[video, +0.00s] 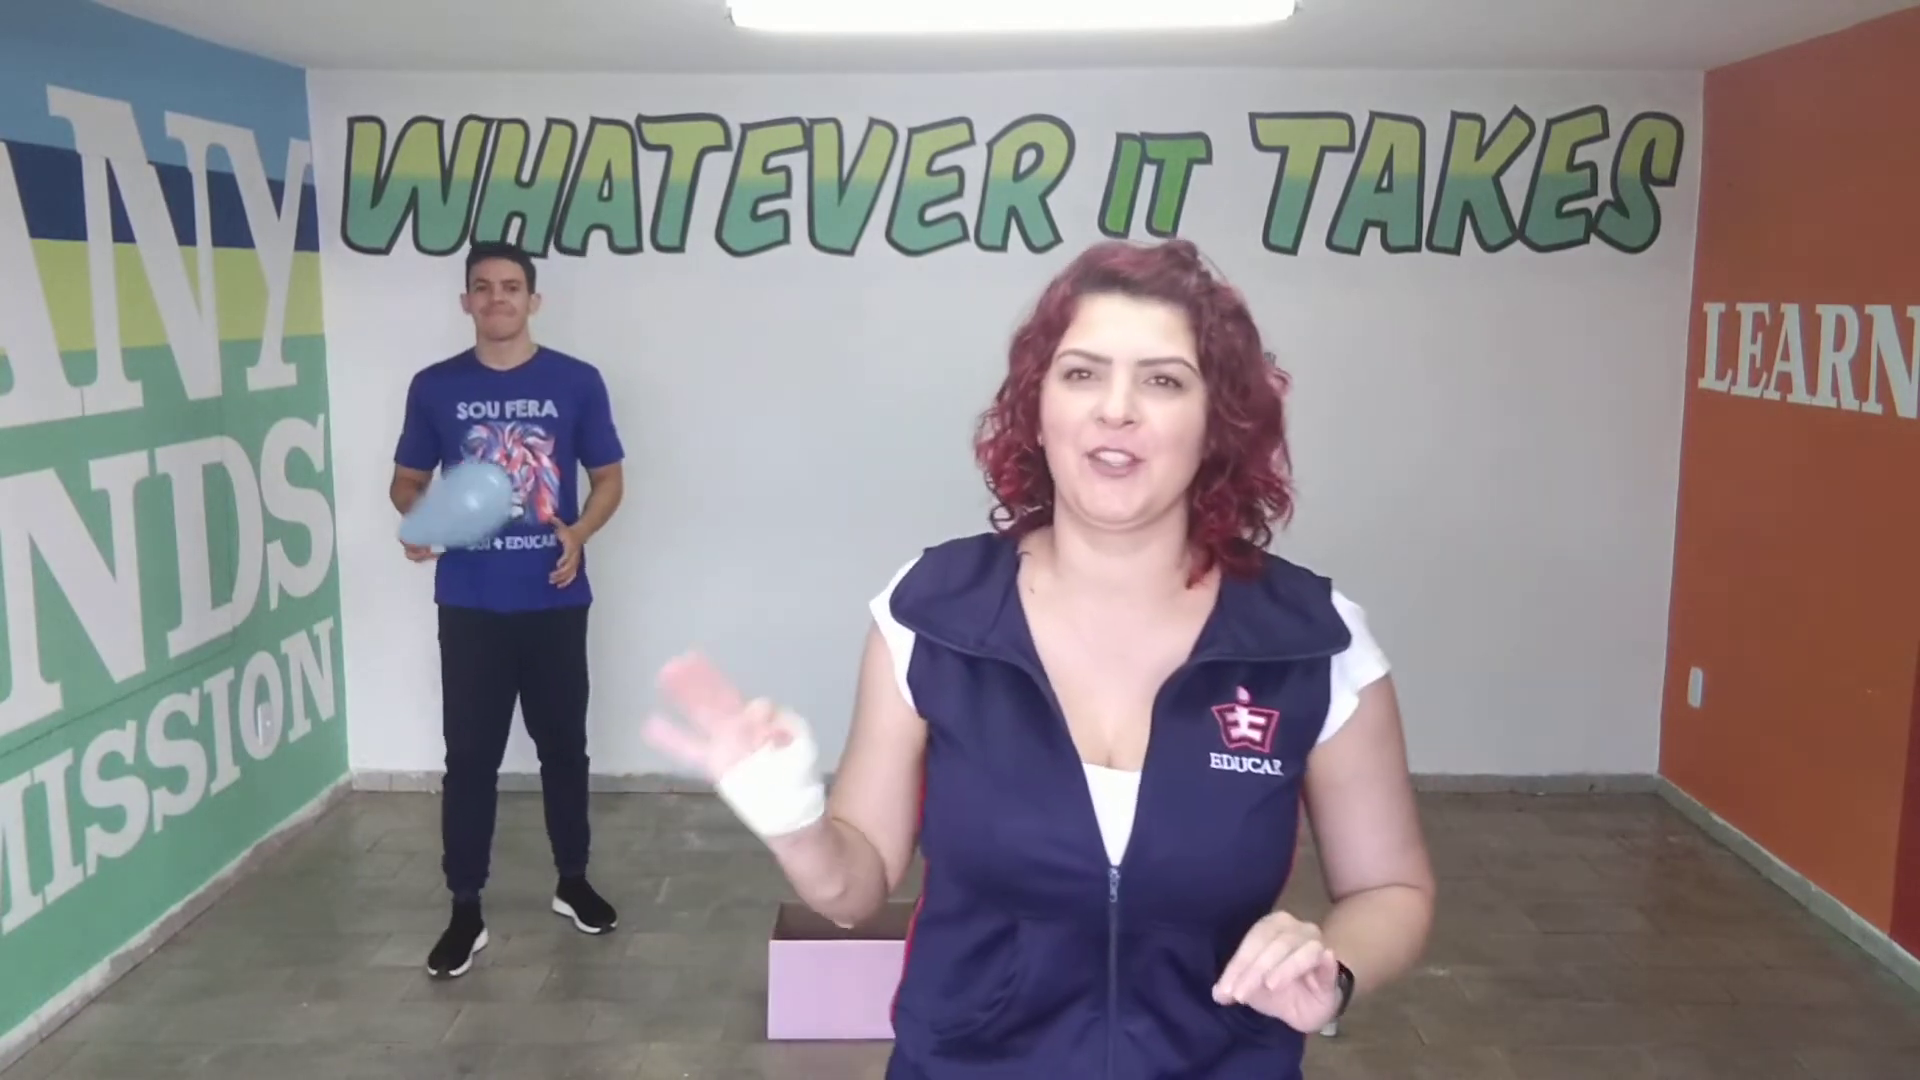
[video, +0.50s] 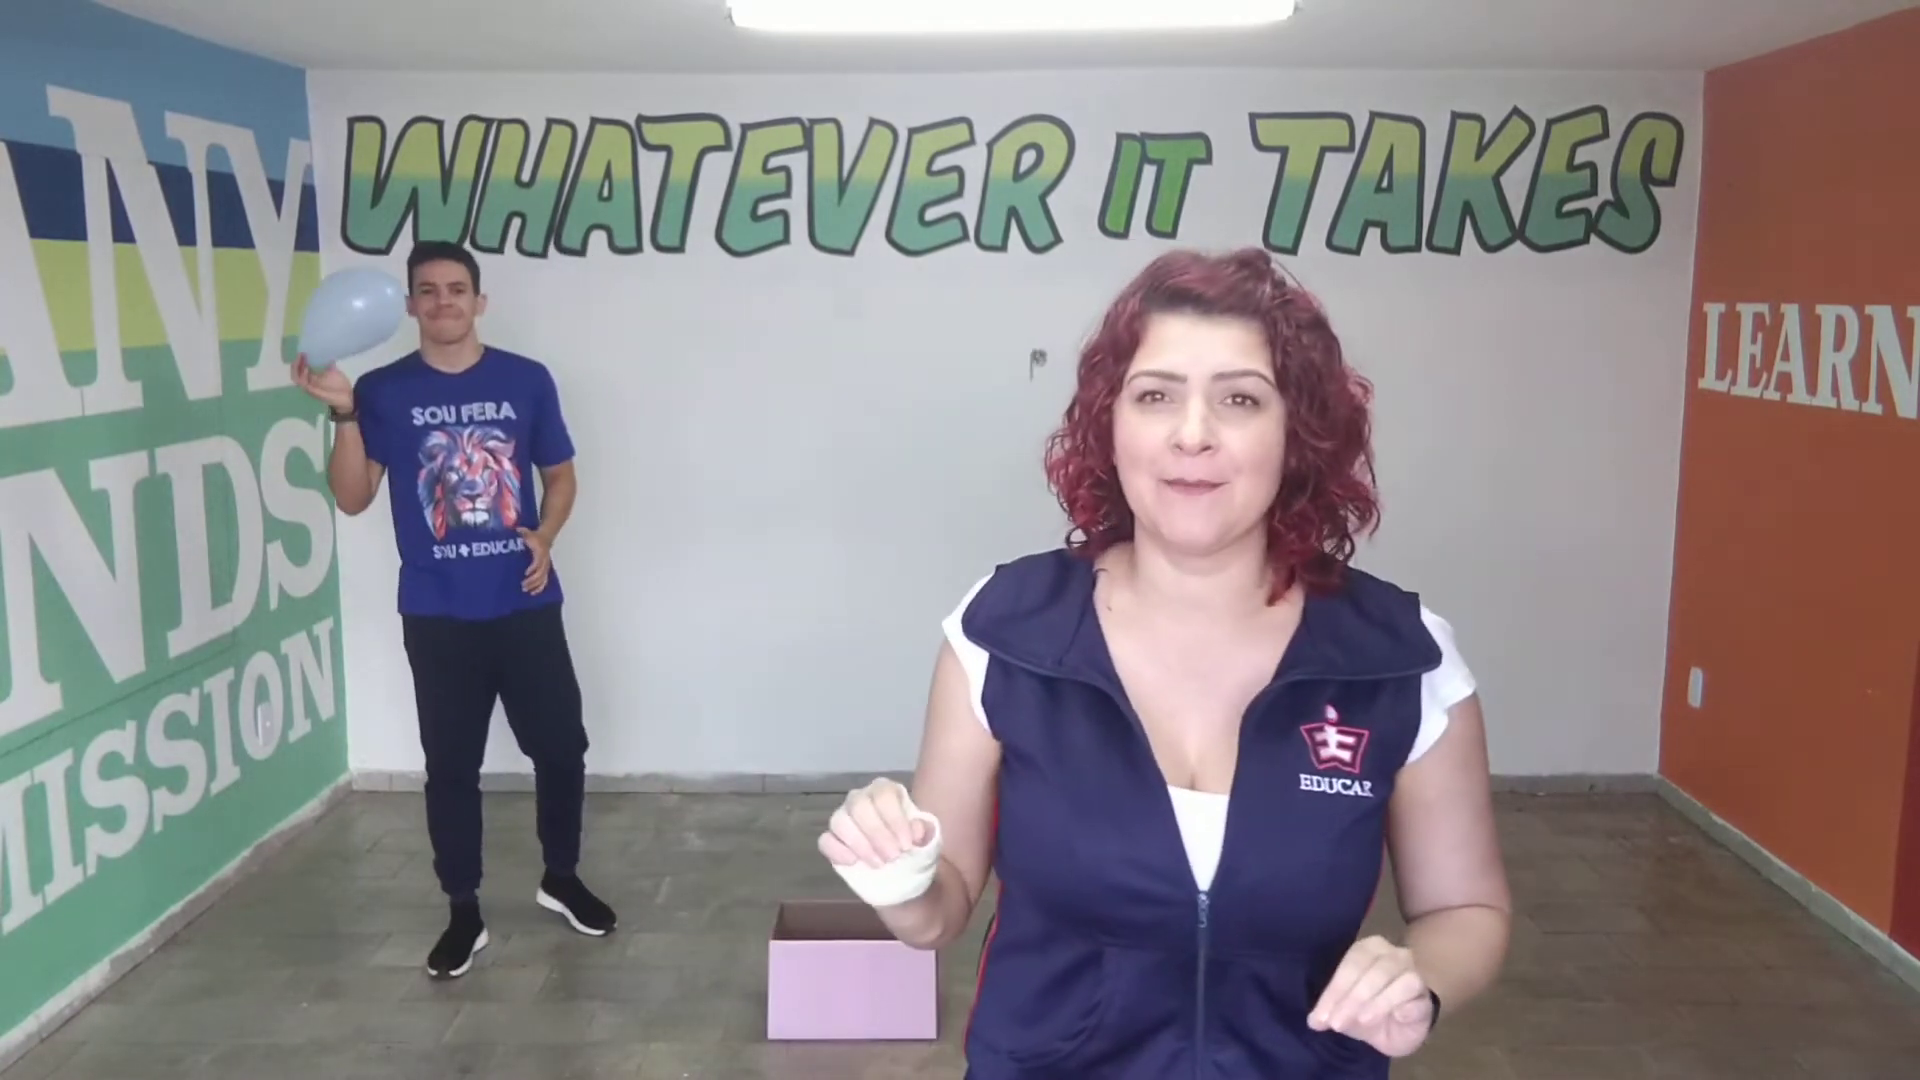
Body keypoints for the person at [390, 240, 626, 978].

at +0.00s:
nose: (495, 299)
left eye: (508, 288)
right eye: (482, 288)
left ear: (532, 299)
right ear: (466, 300)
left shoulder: (576, 383)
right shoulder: (436, 386)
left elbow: (610, 480)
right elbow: (407, 481)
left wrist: (581, 531)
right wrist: (424, 521)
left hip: (554, 607)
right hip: (471, 609)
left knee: (565, 750)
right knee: (469, 761)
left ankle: (572, 881)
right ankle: (465, 911)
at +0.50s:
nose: (441, 303)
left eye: (454, 290)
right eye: (427, 292)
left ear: (478, 301)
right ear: (411, 305)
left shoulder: (525, 381)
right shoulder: (383, 392)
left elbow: (561, 475)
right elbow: (352, 499)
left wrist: (545, 532)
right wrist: (346, 412)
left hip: (527, 609)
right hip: (438, 618)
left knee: (562, 747)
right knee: (449, 770)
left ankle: (562, 879)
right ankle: (463, 914)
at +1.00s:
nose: (506, 323)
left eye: (515, 310)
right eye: (492, 309)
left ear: (521, 311)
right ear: (452, 306)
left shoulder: (548, 387)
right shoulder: (402, 393)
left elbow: (578, 482)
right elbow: (356, 499)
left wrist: (570, 528)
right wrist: (393, 497)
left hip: (542, 615)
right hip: (454, 622)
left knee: (575, 767)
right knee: (460, 774)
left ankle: (609, 917)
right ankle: (465, 914)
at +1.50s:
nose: (611, 341)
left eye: (621, 328)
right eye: (601, 325)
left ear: (626, 322)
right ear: (561, 307)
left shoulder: (640, 395)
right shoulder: (495, 379)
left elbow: (661, 497)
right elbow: (451, 472)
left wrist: (630, 559)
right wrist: (478, 533)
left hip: (605, 617)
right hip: (516, 614)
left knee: (611, 770)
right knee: (489, 766)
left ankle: (612, 920)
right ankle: (467, 909)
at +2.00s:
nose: (654, 335)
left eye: (666, 324)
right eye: (646, 318)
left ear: (673, 323)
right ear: (610, 303)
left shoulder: (685, 399)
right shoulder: (547, 377)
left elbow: (709, 500)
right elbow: (503, 469)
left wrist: (676, 559)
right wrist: (520, 532)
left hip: (641, 605)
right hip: (560, 600)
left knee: (627, 763)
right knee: (562, 749)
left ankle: (615, 920)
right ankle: (643, 830)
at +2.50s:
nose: (630, 342)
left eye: (639, 329)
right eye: (616, 331)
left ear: (649, 319)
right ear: (585, 322)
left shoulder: (684, 384)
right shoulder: (554, 394)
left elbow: (726, 475)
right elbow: (536, 484)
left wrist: (693, 540)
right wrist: (551, 541)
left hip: (668, 588)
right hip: (596, 591)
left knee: (660, 734)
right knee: (619, 732)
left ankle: (650, 895)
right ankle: (648, 861)